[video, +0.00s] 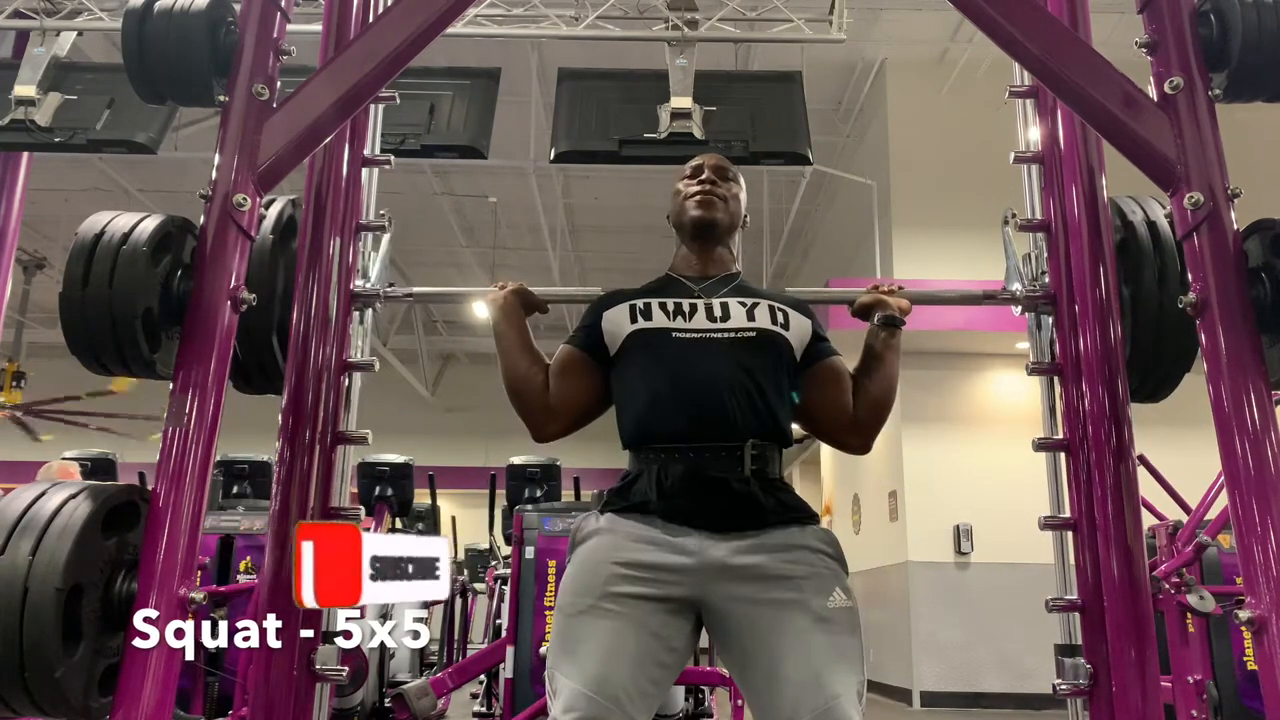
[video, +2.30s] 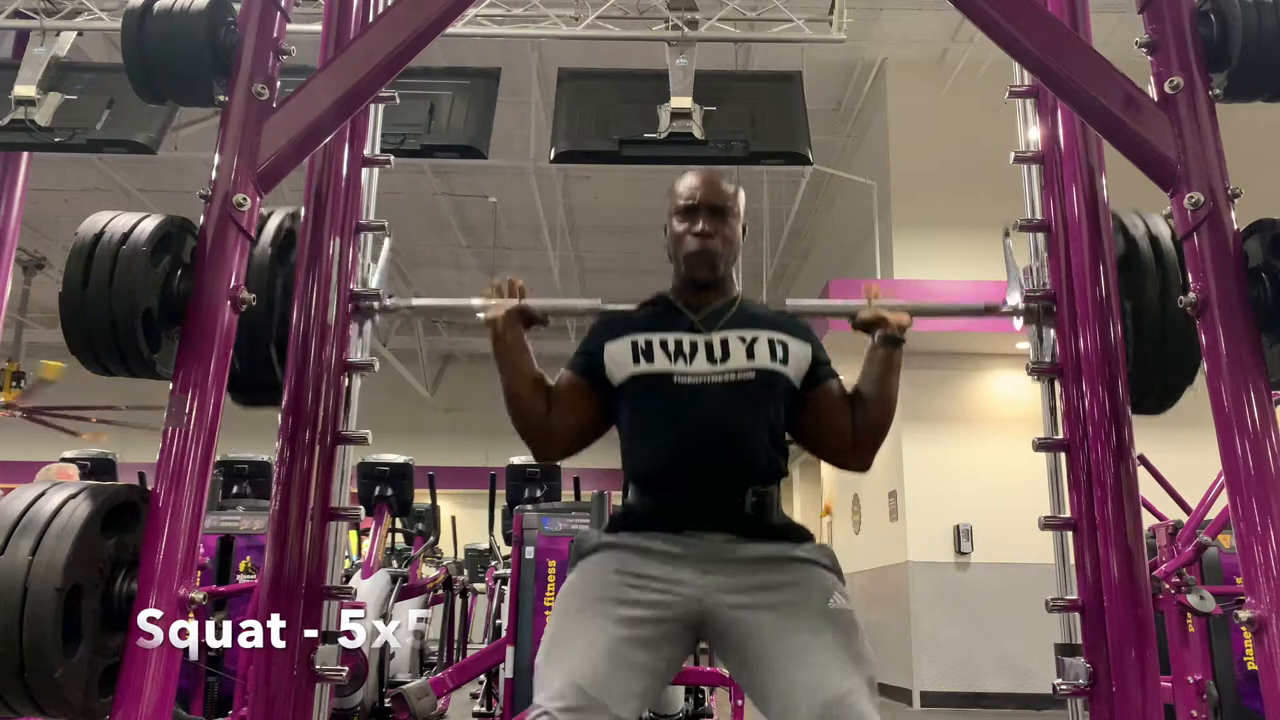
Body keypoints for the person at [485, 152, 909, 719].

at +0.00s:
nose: (707, 182)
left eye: (724, 178)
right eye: (692, 176)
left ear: (744, 214)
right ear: (669, 212)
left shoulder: (789, 318)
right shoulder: (617, 311)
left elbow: (856, 430)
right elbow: (547, 416)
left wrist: (886, 331)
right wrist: (507, 313)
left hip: (774, 538)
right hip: (637, 532)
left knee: (821, 710)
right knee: (588, 707)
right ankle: (674, 706)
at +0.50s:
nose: (707, 252)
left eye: (722, 246)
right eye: (691, 243)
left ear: (741, 279)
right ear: (667, 274)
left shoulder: (787, 383)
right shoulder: (615, 382)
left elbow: (856, 501)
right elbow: (549, 488)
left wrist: (889, 397)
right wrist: (504, 386)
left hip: (767, 615)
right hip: (632, 611)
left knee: (871, 713)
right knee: (532, 712)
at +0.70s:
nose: (703, 345)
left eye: (718, 334)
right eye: (689, 333)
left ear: (742, 354)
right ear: (668, 355)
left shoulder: (788, 463)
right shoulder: (615, 462)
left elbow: (858, 587)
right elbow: (548, 570)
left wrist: (893, 474)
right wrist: (501, 462)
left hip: (768, 677)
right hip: (635, 673)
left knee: (883, 717)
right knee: (518, 716)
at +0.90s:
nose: (699, 429)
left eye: (716, 414)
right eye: (685, 413)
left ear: (742, 425)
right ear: (664, 423)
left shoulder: (789, 531)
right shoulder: (612, 523)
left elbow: (859, 651)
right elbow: (542, 639)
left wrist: (895, 539)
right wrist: (498, 524)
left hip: (758, 707)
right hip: (639, 707)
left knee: (872, 719)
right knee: (519, 716)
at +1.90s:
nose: (698, 353)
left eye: (715, 340)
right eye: (684, 339)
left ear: (741, 355)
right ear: (664, 352)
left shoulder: (787, 457)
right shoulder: (613, 452)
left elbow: (858, 575)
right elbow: (545, 561)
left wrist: (892, 464)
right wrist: (502, 456)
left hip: (768, 666)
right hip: (633, 663)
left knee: (885, 716)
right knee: (520, 714)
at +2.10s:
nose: (698, 304)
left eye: (714, 291)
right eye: (684, 291)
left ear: (739, 308)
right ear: (666, 306)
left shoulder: (782, 408)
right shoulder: (617, 407)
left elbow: (855, 524)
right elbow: (548, 513)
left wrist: (889, 418)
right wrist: (502, 405)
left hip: (764, 628)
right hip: (633, 625)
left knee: (879, 717)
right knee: (526, 715)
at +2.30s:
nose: (702, 226)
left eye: (717, 215)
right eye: (688, 214)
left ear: (741, 235)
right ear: (667, 232)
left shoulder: (786, 336)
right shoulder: (619, 334)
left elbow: (855, 447)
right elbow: (549, 438)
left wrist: (886, 343)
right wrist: (508, 337)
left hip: (771, 565)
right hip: (637, 561)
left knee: (840, 709)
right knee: (567, 708)